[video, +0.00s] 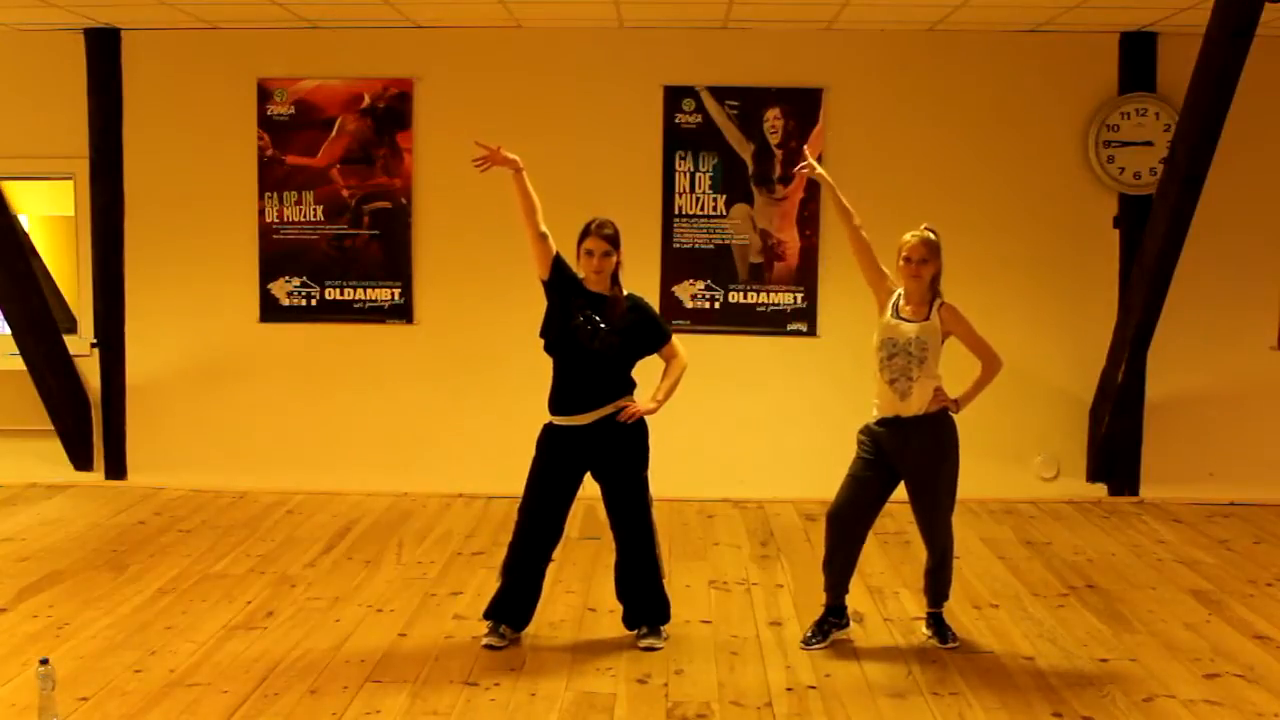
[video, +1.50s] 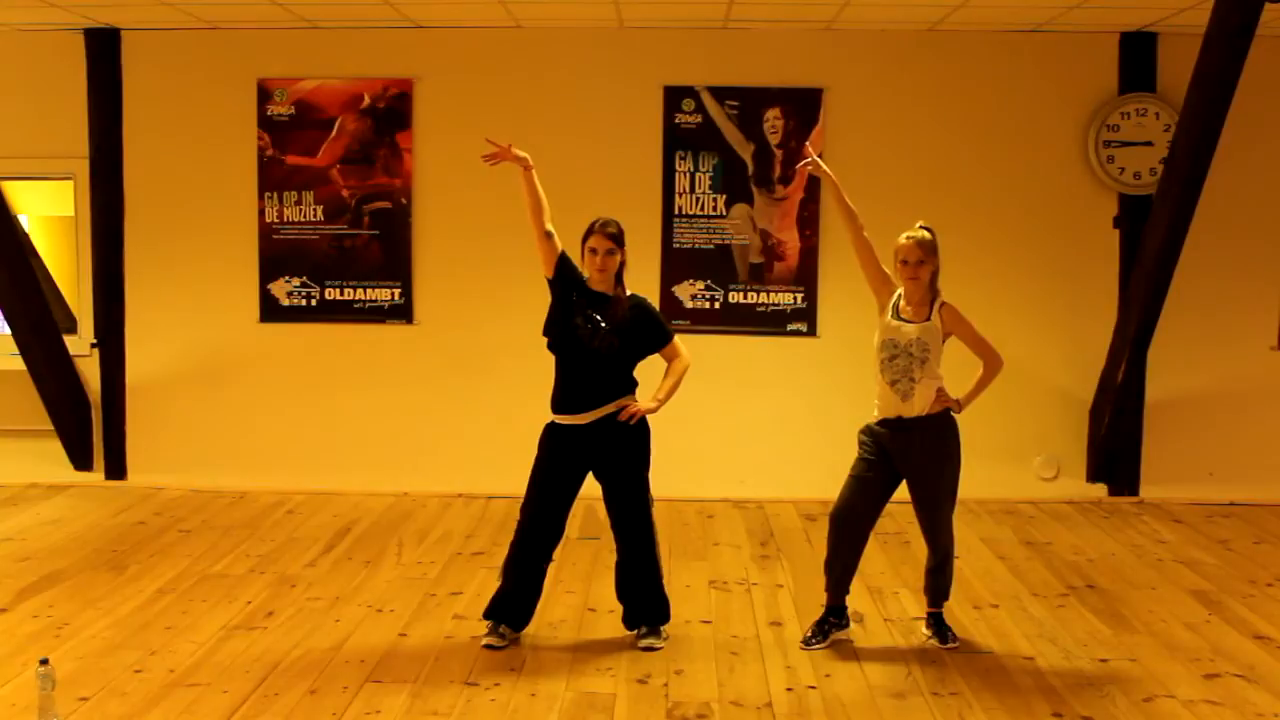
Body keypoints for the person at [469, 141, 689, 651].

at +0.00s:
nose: (595, 261)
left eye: (603, 254)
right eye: (589, 253)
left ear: (617, 259)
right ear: (578, 256)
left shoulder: (634, 311)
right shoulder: (563, 292)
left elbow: (677, 361)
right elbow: (537, 230)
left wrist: (653, 401)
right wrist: (517, 171)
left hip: (619, 432)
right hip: (563, 434)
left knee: (634, 529)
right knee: (534, 528)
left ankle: (649, 620)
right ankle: (506, 620)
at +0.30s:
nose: (596, 260)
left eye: (605, 253)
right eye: (591, 252)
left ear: (619, 258)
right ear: (580, 254)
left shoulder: (634, 310)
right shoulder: (563, 290)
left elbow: (678, 360)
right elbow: (538, 229)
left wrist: (652, 402)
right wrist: (519, 169)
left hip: (619, 432)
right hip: (563, 434)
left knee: (633, 529)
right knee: (534, 527)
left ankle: (649, 620)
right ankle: (506, 620)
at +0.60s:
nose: (597, 261)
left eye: (606, 254)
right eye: (591, 252)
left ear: (620, 259)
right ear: (581, 254)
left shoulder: (636, 311)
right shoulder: (565, 289)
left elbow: (679, 361)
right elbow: (541, 227)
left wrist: (654, 401)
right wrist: (522, 168)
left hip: (620, 432)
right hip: (564, 434)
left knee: (634, 529)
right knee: (535, 528)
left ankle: (649, 620)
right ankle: (506, 620)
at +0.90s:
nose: (598, 261)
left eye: (607, 254)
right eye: (592, 252)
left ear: (622, 259)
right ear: (582, 255)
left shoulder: (637, 312)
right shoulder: (566, 290)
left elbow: (679, 363)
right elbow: (543, 229)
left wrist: (653, 402)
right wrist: (525, 168)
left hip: (621, 432)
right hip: (565, 434)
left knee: (635, 528)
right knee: (536, 527)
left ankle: (649, 620)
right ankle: (506, 620)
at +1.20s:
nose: (598, 260)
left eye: (607, 254)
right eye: (593, 252)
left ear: (622, 259)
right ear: (583, 255)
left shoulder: (637, 312)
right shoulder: (567, 290)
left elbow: (679, 362)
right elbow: (543, 228)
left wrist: (653, 401)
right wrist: (526, 168)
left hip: (621, 432)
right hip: (565, 434)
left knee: (634, 528)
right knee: (536, 527)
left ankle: (649, 620)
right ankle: (506, 619)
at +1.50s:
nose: (598, 259)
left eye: (607, 253)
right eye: (593, 251)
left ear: (621, 258)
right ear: (583, 254)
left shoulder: (636, 311)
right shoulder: (567, 289)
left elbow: (680, 361)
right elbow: (543, 228)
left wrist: (653, 401)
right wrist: (526, 167)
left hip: (621, 432)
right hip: (565, 433)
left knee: (634, 529)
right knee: (536, 527)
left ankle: (648, 620)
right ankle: (506, 619)